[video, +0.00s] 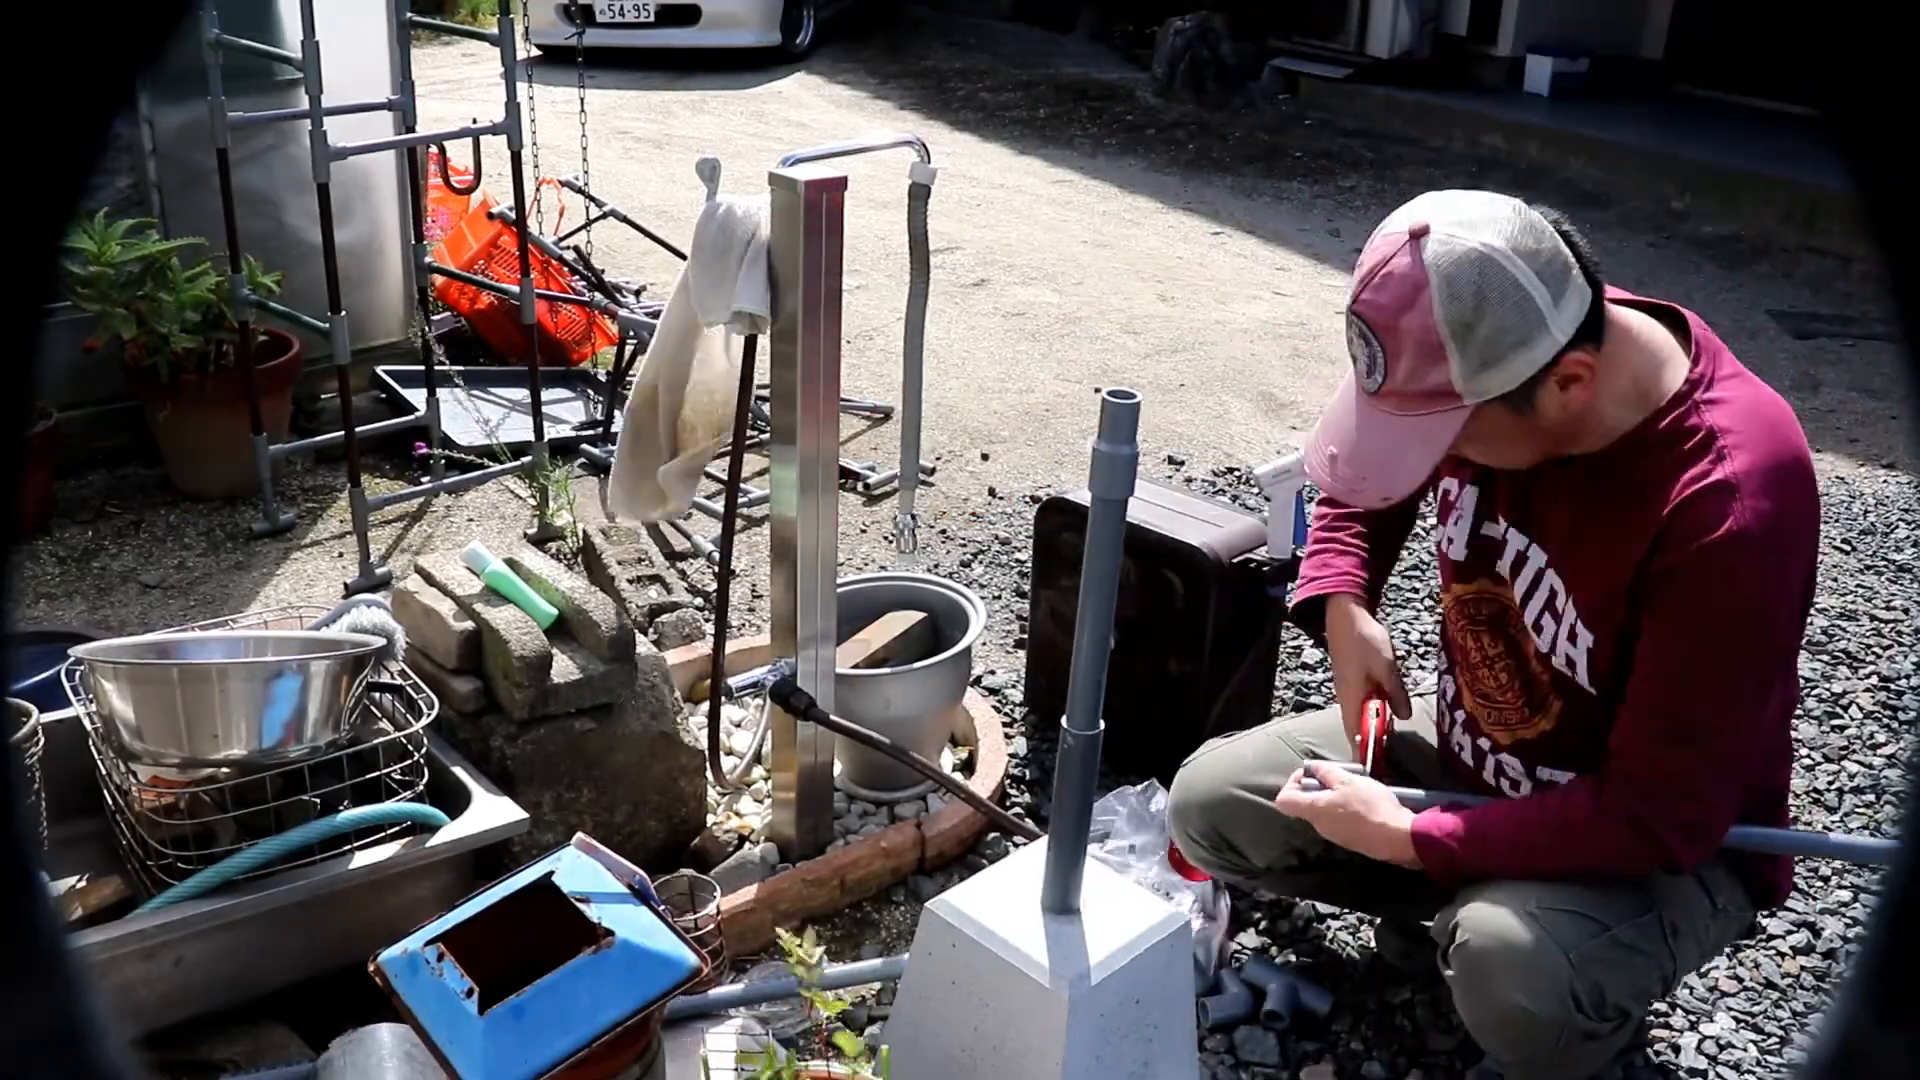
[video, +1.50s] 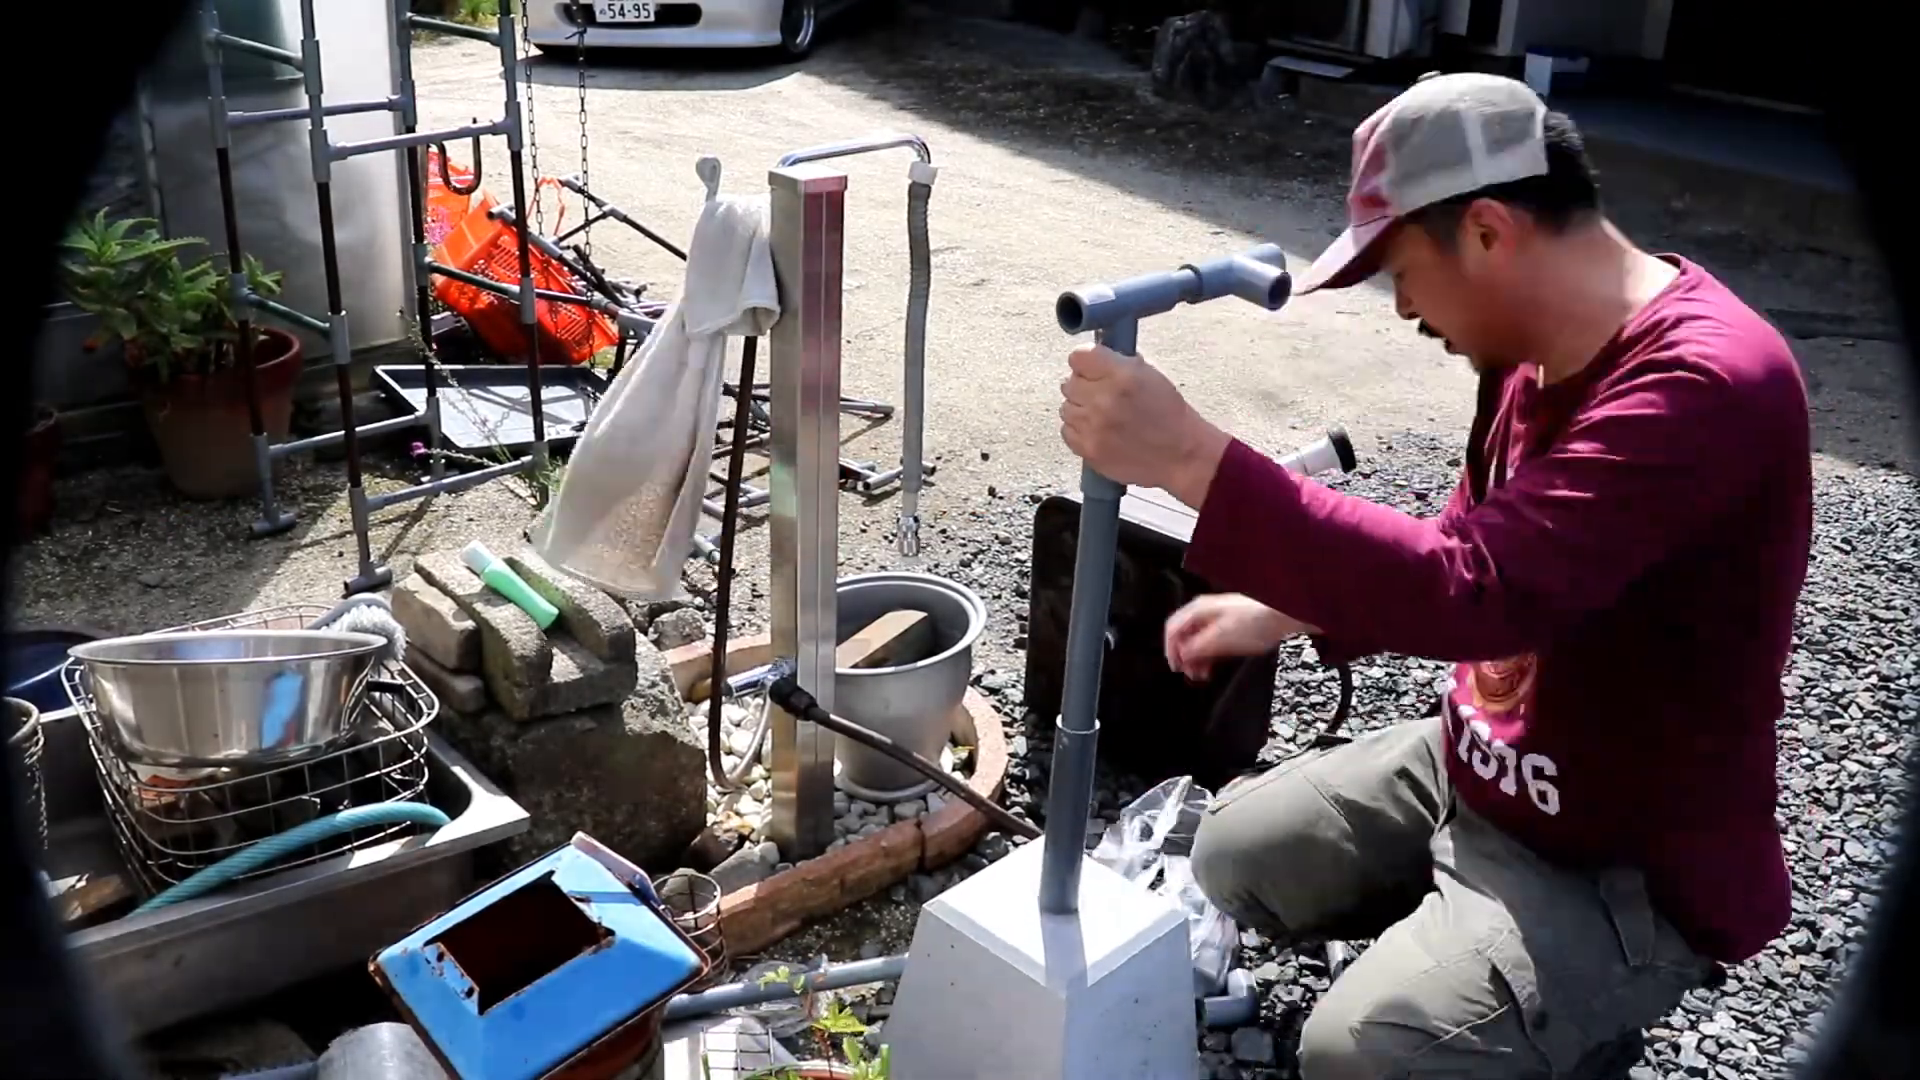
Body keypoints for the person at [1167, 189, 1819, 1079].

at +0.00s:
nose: (1441, 456)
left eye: (1460, 428)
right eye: (1422, 430)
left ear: (1571, 381)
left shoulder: (1738, 495)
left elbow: (1660, 818)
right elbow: (1372, 455)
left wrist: (1416, 835)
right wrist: (1343, 608)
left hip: (1673, 845)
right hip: (1479, 756)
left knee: (1501, 955)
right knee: (1210, 803)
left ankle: (1578, 1060)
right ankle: (1441, 919)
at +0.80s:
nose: (1396, 394)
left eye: (1406, 361)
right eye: (1387, 364)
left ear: (1512, 318)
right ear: (1511, 316)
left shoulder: (1702, 501)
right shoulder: (1541, 363)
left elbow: (1570, 779)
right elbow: (1467, 516)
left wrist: (1359, 908)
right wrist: (1422, 623)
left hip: (1655, 838)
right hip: (1484, 732)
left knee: (1485, 950)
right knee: (1211, 786)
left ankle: (1591, 1055)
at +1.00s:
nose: (1327, 359)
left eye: (1352, 322)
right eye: (1322, 326)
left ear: (1473, 302)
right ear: (1469, 305)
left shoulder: (1627, 444)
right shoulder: (1459, 393)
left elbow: (1450, 680)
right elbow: (1434, 584)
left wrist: (1230, 489)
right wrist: (1363, 701)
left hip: (1683, 856)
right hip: (1509, 773)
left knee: (1481, 928)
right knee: (1244, 749)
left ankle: (1572, 1053)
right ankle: (1447, 891)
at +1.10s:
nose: (1353, 326)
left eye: (1375, 283)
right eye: (1342, 290)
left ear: (1500, 261)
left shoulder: (1647, 391)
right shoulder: (1462, 393)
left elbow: (1483, 560)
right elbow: (1430, 583)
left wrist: (1269, 349)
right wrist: (1355, 698)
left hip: (1675, 851)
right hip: (1495, 762)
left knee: (1472, 930)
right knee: (1237, 753)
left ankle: (1573, 1049)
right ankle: (1463, 877)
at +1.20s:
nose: (1512, 236)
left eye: (1559, 219)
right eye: (1516, 201)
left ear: (1697, 262)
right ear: (1507, 176)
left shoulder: (1774, 435)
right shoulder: (1518, 321)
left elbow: (1483, 592)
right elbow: (1341, 445)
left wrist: (1184, 461)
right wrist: (1240, 396)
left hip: (1596, 869)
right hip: (1453, 749)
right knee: (1198, 808)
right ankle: (1430, 865)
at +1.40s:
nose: (1599, 182)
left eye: (1648, 163)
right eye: (1612, 145)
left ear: (1777, 228)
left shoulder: (1809, 452)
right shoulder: (1607, 311)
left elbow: (1502, 574)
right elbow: (1441, 446)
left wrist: (1191, 457)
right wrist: (1335, 359)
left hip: (1574, 873)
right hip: (1463, 739)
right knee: (1202, 827)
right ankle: (1443, 876)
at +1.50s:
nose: (1402, 310)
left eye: (1400, 271)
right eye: (1388, 279)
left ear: (1489, 233)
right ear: (1495, 236)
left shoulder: (1704, 382)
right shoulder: (1543, 343)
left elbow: (1487, 594)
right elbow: (1472, 559)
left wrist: (1198, 464)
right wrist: (1294, 614)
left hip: (1608, 867)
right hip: (1474, 755)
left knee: (1356, 1046)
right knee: (1234, 856)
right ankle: (1443, 879)